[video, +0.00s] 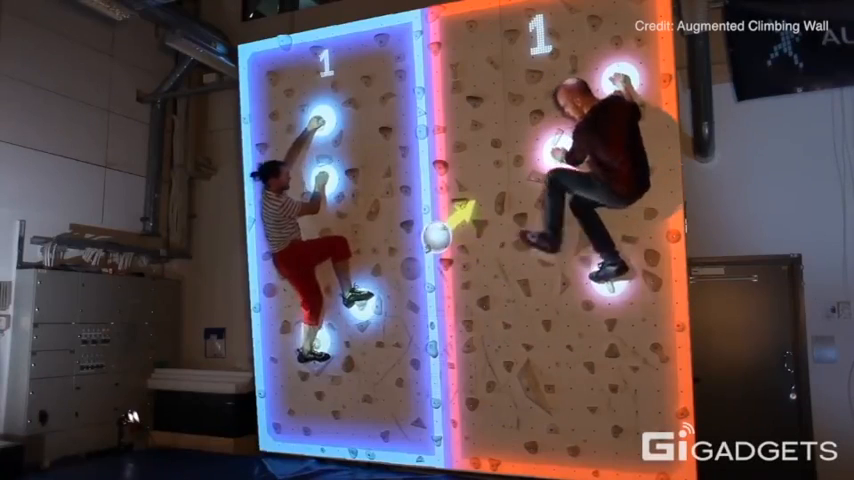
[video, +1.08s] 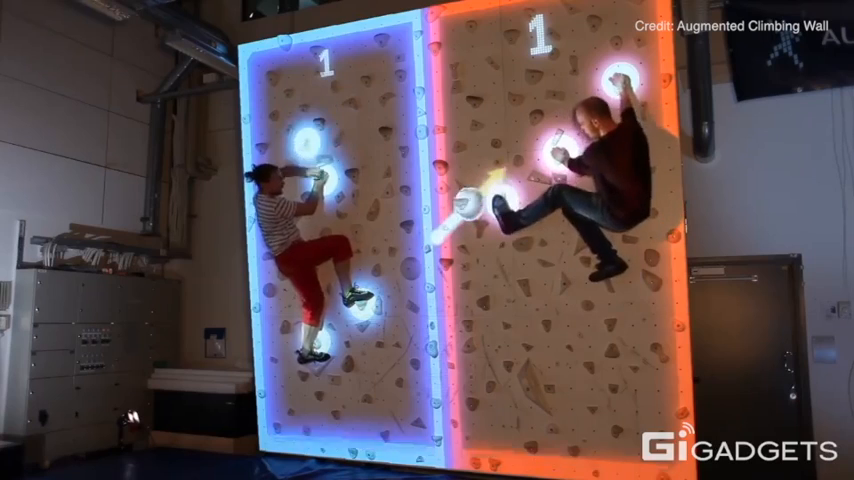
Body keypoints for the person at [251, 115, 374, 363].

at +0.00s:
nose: (288, 178)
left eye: (287, 174)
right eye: (284, 176)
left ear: (272, 180)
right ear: (273, 180)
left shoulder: (269, 194)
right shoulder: (280, 203)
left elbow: (291, 158)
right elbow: (314, 208)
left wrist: (309, 131)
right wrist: (321, 187)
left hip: (284, 258)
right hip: (294, 254)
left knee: (313, 300)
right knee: (337, 244)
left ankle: (307, 350)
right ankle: (348, 292)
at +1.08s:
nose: (281, 181)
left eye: (280, 177)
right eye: (277, 178)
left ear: (264, 184)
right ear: (266, 184)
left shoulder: (261, 198)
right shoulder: (275, 204)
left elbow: (284, 172)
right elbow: (309, 208)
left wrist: (309, 172)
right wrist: (318, 184)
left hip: (285, 259)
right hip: (294, 253)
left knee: (314, 300)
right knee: (339, 243)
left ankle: (306, 350)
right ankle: (348, 293)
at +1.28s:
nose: (288, 177)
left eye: (285, 174)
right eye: (283, 176)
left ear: (272, 182)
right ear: (272, 183)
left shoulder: (273, 193)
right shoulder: (279, 204)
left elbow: (307, 168)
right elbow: (311, 208)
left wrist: (338, 168)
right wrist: (319, 184)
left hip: (285, 253)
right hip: (292, 251)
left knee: (308, 299)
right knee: (338, 244)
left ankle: (306, 351)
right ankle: (348, 293)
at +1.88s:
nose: (306, 164)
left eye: (304, 162)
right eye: (302, 164)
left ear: (290, 171)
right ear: (294, 171)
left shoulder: (290, 183)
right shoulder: (293, 193)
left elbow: (318, 152)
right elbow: (322, 209)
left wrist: (342, 127)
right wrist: (321, 185)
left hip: (290, 246)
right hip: (300, 243)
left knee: (303, 296)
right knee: (345, 242)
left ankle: (305, 350)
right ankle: (348, 292)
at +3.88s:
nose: (283, 187)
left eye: (283, 183)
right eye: (279, 185)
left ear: (279, 181)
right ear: (269, 186)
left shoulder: (268, 195)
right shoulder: (279, 204)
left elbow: (290, 158)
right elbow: (311, 207)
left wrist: (308, 130)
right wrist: (320, 186)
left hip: (282, 254)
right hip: (291, 251)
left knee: (305, 300)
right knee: (333, 246)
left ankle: (305, 351)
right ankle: (346, 294)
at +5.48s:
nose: (302, 192)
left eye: (302, 189)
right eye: (298, 189)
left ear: (293, 186)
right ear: (287, 191)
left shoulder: (283, 195)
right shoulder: (290, 210)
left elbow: (298, 159)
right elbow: (315, 208)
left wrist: (310, 131)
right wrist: (321, 189)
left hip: (282, 256)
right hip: (285, 256)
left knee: (308, 302)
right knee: (329, 281)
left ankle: (306, 350)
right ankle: (354, 325)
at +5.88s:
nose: (296, 188)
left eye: (295, 185)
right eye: (293, 185)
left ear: (279, 187)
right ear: (281, 188)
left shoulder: (275, 198)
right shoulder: (283, 209)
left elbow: (293, 162)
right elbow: (311, 209)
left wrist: (310, 132)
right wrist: (320, 188)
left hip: (280, 256)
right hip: (286, 253)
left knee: (311, 296)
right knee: (332, 246)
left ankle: (306, 349)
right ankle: (352, 293)